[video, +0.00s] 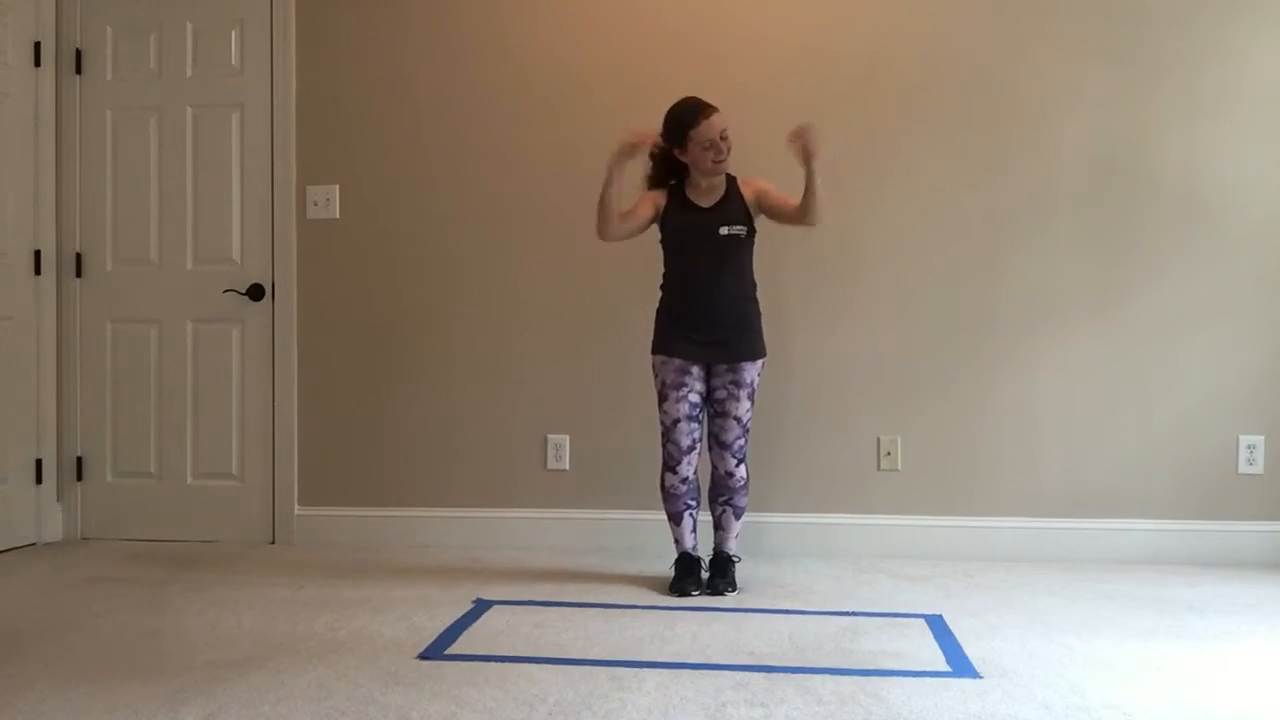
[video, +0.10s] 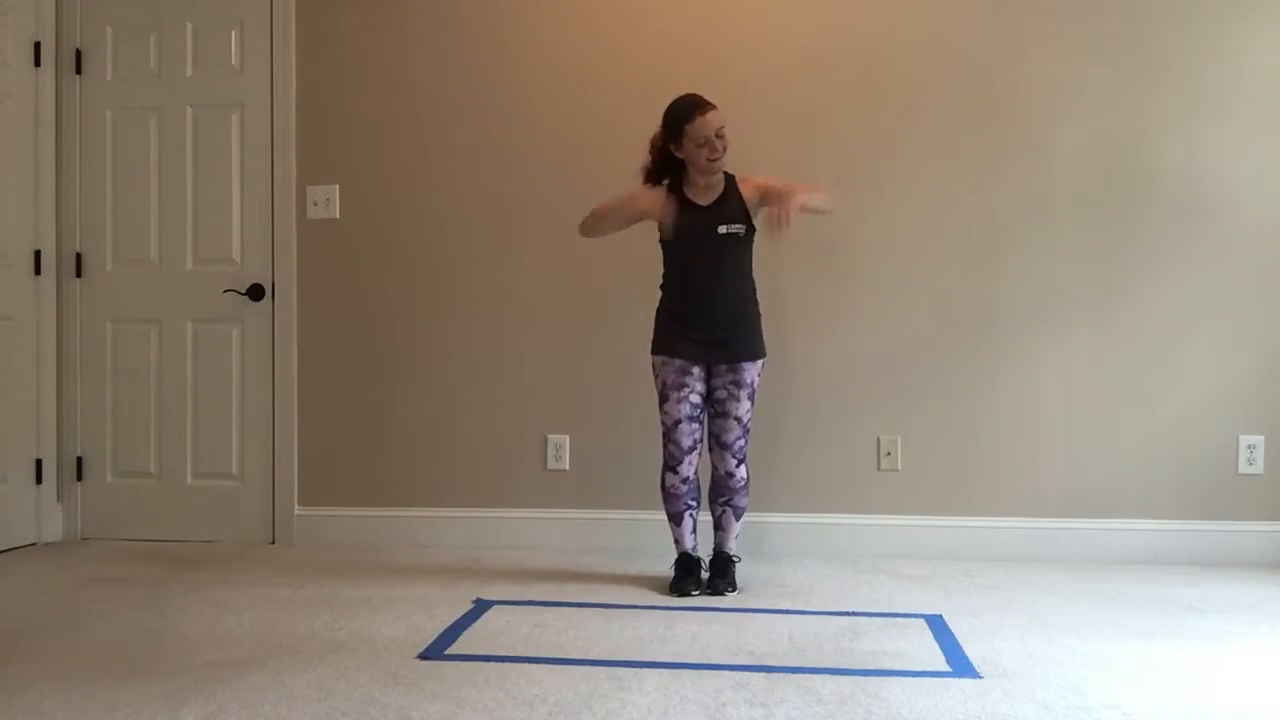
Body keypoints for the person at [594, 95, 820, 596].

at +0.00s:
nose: (722, 147)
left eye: (725, 137)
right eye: (709, 143)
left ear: (730, 138)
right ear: (682, 152)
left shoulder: (747, 191)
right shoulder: (663, 200)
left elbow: (805, 214)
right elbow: (609, 230)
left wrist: (810, 166)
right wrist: (617, 165)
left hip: (739, 343)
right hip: (679, 342)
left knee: (730, 451)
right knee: (680, 451)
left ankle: (724, 556)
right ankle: (686, 558)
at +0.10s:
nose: (718, 145)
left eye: (721, 135)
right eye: (705, 140)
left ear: (727, 135)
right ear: (679, 149)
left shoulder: (746, 190)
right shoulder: (660, 200)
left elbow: (820, 198)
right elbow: (589, 228)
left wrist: (793, 198)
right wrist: (634, 206)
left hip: (739, 343)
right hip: (680, 343)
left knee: (729, 452)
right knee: (681, 451)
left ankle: (724, 555)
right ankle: (686, 558)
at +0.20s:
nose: (713, 140)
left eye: (719, 129)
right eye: (700, 133)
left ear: (727, 129)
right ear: (677, 141)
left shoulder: (749, 184)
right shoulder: (658, 195)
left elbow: (817, 210)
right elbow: (595, 235)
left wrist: (794, 250)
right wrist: (625, 266)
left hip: (738, 340)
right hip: (678, 341)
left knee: (728, 451)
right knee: (681, 450)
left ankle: (724, 556)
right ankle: (686, 558)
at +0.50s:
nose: (705, 129)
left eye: (713, 119)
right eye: (693, 121)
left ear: (724, 125)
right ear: (674, 130)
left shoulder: (750, 188)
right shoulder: (656, 192)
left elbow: (762, 265)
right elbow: (646, 268)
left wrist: (774, 333)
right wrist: (628, 333)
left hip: (736, 344)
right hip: (675, 343)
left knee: (728, 451)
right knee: (680, 451)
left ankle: (724, 555)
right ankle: (686, 557)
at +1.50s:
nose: (702, 131)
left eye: (710, 123)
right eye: (690, 123)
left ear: (721, 129)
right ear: (670, 131)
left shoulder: (739, 192)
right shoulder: (647, 190)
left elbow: (770, 252)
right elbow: (630, 263)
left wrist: (811, 282)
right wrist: (604, 308)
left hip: (723, 341)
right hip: (664, 341)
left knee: (721, 448)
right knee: (672, 450)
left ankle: (724, 555)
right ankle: (683, 556)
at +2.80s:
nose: (701, 122)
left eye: (711, 112)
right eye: (689, 112)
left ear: (724, 122)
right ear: (669, 120)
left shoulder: (741, 184)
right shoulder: (644, 185)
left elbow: (780, 256)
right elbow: (617, 260)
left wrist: (840, 284)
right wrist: (569, 291)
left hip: (732, 326)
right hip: (668, 331)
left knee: (767, 430)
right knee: (664, 450)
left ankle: (790, 551)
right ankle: (678, 560)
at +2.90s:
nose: (714, 122)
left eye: (723, 111)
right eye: (701, 111)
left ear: (734, 117)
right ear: (679, 118)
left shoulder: (747, 181)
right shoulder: (652, 177)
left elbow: (779, 262)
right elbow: (609, 239)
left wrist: (828, 324)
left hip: (751, 325)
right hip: (683, 331)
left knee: (790, 437)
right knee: (677, 449)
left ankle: (832, 562)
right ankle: (678, 560)